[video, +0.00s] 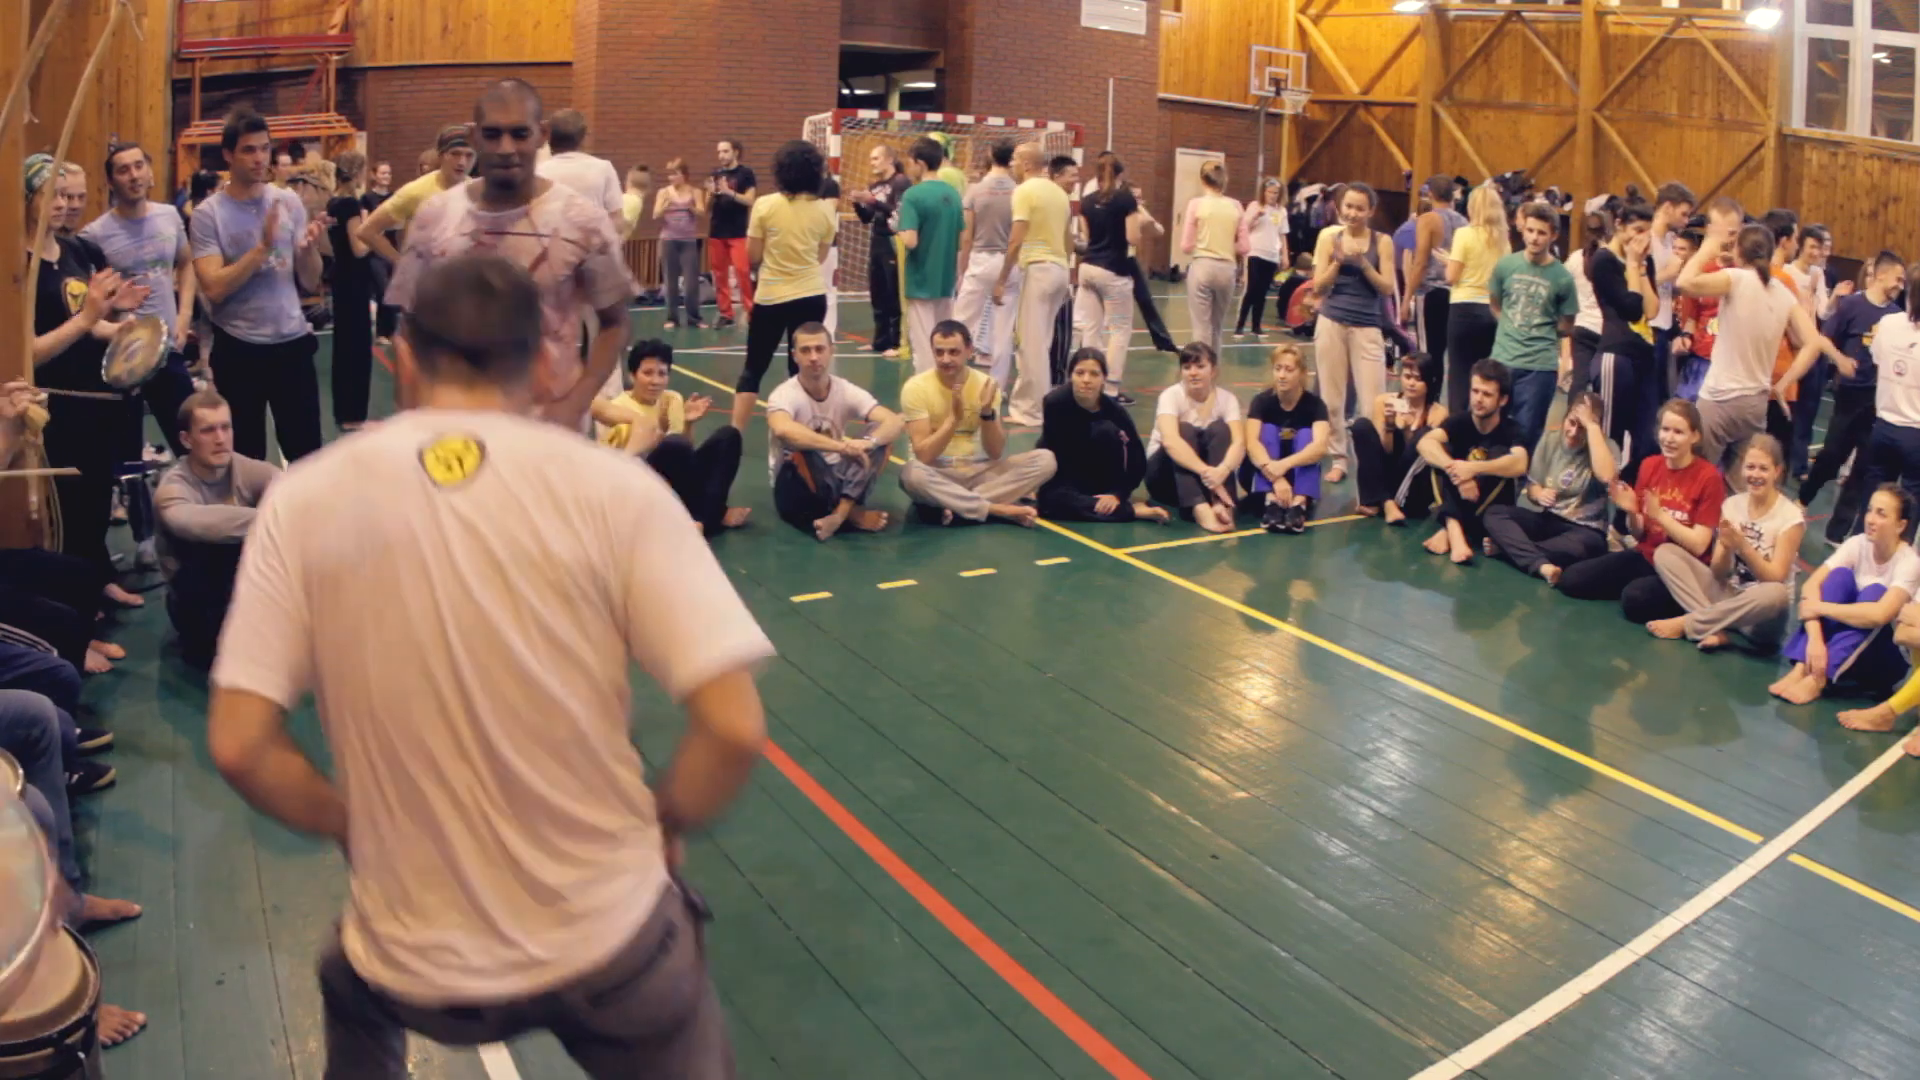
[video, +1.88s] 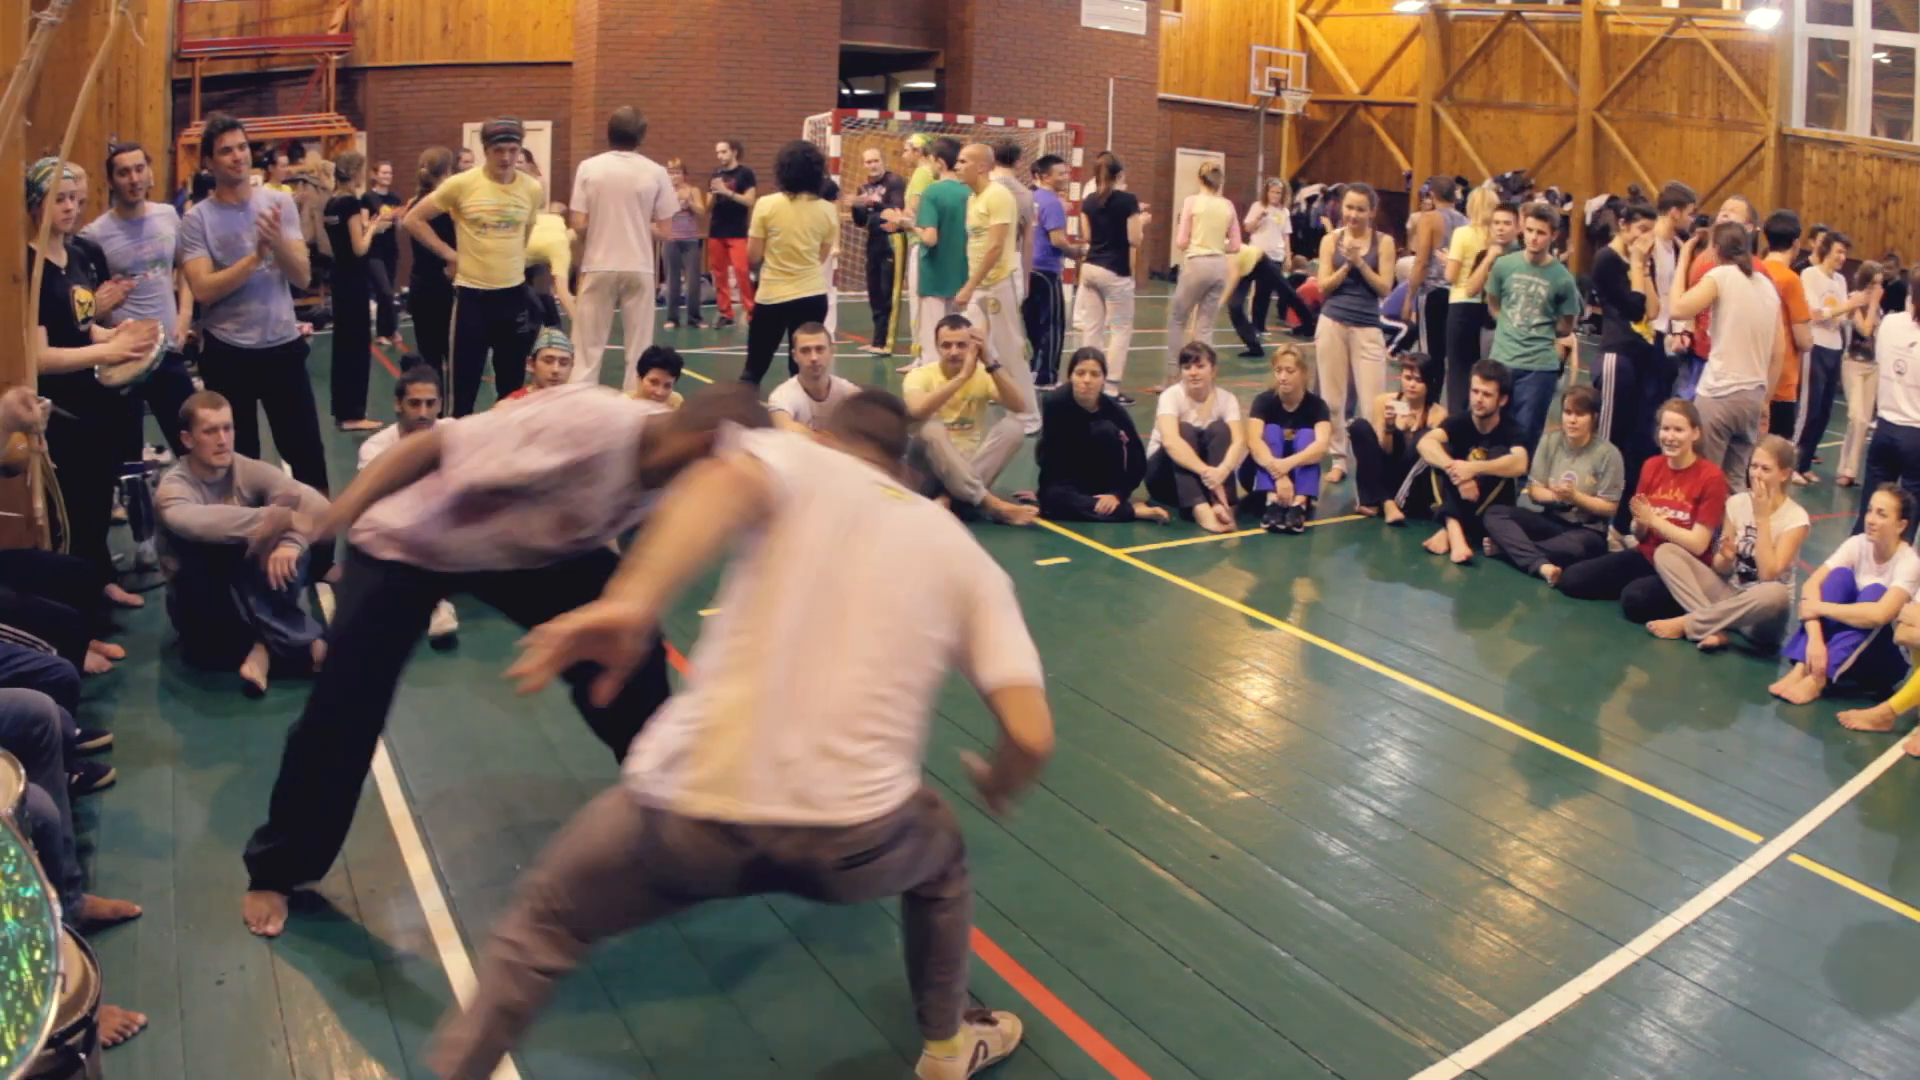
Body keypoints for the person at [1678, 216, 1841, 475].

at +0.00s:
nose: (1731, 253)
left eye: (1733, 248)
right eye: (1731, 247)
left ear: (1739, 252)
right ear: (1769, 255)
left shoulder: (1734, 278)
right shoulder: (1785, 295)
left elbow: (1685, 283)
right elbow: (1813, 343)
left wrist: (1709, 245)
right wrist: (1782, 385)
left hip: (1720, 397)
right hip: (1757, 402)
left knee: (1699, 477)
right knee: (1741, 483)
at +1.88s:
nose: (1709, 252)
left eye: (1710, 248)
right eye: (1711, 248)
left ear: (1716, 250)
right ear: (1746, 249)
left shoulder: (1719, 277)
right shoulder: (1768, 286)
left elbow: (1678, 308)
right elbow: (1779, 351)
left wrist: (1684, 258)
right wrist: (1766, 398)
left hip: (1718, 392)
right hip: (1755, 393)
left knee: (1705, 477)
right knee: (1737, 479)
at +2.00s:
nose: (1706, 252)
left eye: (1708, 246)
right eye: (1707, 246)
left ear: (1714, 249)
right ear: (1743, 248)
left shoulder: (1717, 279)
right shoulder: (1764, 283)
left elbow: (1691, 330)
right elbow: (1772, 343)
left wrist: (1679, 297)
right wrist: (1761, 383)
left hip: (1719, 391)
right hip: (1755, 391)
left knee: (1706, 476)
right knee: (1738, 476)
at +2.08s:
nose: (1705, 252)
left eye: (1707, 246)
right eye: (1707, 246)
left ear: (1714, 250)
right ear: (1743, 248)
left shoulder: (1714, 279)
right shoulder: (1764, 284)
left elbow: (1701, 337)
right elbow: (1773, 344)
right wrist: (1758, 377)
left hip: (1718, 390)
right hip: (1755, 391)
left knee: (1706, 476)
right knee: (1738, 476)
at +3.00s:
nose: (1700, 251)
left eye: (1702, 245)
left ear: (1707, 249)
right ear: (1740, 248)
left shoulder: (1708, 280)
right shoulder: (1757, 281)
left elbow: (1699, 340)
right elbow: (1767, 338)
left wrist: (1687, 345)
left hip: (1719, 390)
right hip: (1756, 389)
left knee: (1708, 480)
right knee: (1744, 482)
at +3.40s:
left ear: (1714, 246)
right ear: (1746, 244)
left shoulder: (1711, 281)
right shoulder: (1760, 280)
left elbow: (1693, 342)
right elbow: (1768, 340)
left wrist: (1712, 353)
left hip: (1720, 390)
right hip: (1760, 392)